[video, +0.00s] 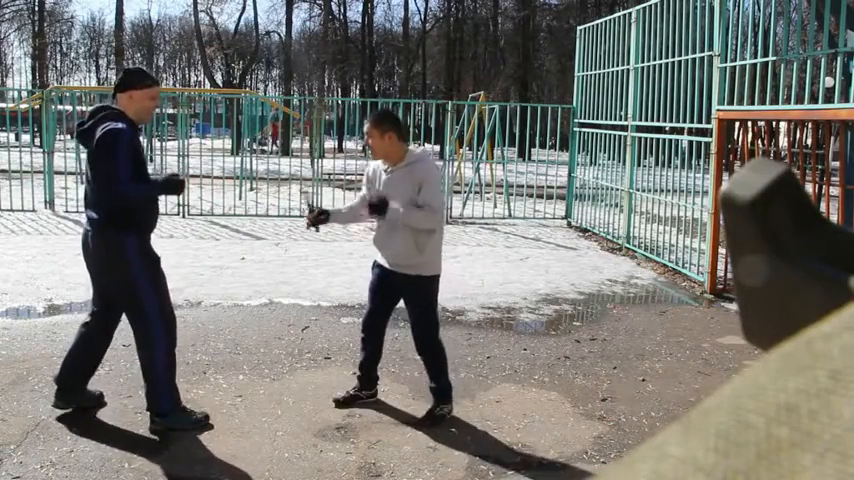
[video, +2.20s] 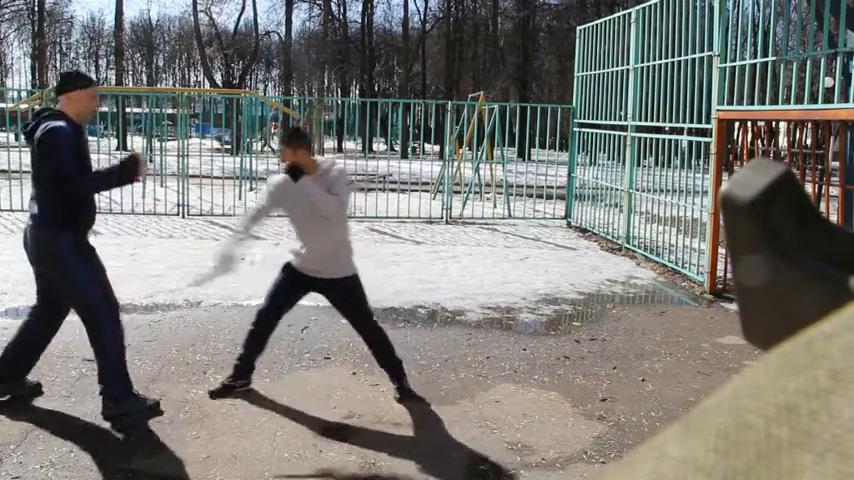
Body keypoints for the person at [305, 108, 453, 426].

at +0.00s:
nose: (367, 145)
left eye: (371, 139)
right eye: (367, 139)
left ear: (390, 138)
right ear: (385, 139)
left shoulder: (426, 167)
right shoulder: (375, 171)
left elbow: (434, 219)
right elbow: (367, 209)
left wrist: (390, 211)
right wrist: (330, 216)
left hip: (421, 270)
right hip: (387, 266)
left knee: (426, 341)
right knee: (371, 327)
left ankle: (443, 400)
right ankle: (366, 387)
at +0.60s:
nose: (372, 153)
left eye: (376, 147)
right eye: (372, 147)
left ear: (395, 146)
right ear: (382, 148)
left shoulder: (428, 173)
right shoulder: (376, 177)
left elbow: (419, 214)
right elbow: (372, 217)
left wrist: (379, 178)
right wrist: (365, 239)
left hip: (413, 273)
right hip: (376, 267)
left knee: (427, 336)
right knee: (344, 318)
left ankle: (442, 389)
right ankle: (335, 383)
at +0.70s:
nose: (363, 159)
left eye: (366, 153)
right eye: (361, 154)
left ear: (382, 151)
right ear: (366, 155)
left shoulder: (416, 178)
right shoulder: (360, 187)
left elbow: (407, 211)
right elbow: (347, 221)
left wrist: (372, 178)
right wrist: (339, 250)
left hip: (405, 279)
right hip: (366, 274)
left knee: (422, 339)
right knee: (329, 324)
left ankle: (442, 390)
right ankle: (303, 384)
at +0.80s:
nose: (341, 160)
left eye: (346, 154)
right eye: (339, 155)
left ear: (362, 152)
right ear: (337, 155)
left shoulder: (391, 174)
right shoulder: (333, 187)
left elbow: (396, 206)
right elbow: (300, 213)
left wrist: (365, 174)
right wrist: (274, 244)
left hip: (391, 277)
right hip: (351, 273)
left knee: (416, 337)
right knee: (315, 325)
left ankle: (441, 390)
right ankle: (288, 381)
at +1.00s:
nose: (282, 166)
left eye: (287, 160)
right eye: (281, 160)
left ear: (307, 159)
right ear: (282, 162)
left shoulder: (337, 179)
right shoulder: (280, 196)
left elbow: (367, 203)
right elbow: (252, 216)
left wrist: (327, 181)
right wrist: (226, 227)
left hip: (364, 268)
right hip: (323, 269)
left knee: (397, 324)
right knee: (298, 323)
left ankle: (429, 379)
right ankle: (285, 382)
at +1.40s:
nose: (287, 154)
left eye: (291, 148)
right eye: (286, 149)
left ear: (311, 146)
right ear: (296, 148)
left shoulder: (346, 167)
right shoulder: (291, 181)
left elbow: (351, 213)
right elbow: (293, 219)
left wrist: (313, 189)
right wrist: (272, 238)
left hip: (357, 263)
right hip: (317, 261)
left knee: (380, 323)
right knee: (299, 318)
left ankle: (401, 381)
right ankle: (284, 382)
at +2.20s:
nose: (283, 158)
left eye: (287, 152)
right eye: (282, 152)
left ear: (303, 150)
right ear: (286, 154)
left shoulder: (335, 174)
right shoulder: (282, 185)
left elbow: (336, 212)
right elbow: (255, 216)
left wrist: (305, 179)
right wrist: (230, 249)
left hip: (339, 272)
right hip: (301, 269)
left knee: (367, 328)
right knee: (265, 318)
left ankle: (401, 383)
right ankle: (241, 376)